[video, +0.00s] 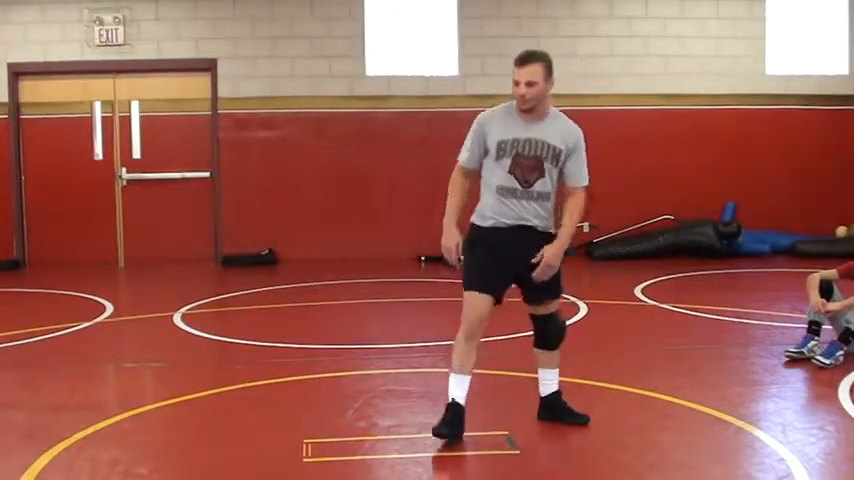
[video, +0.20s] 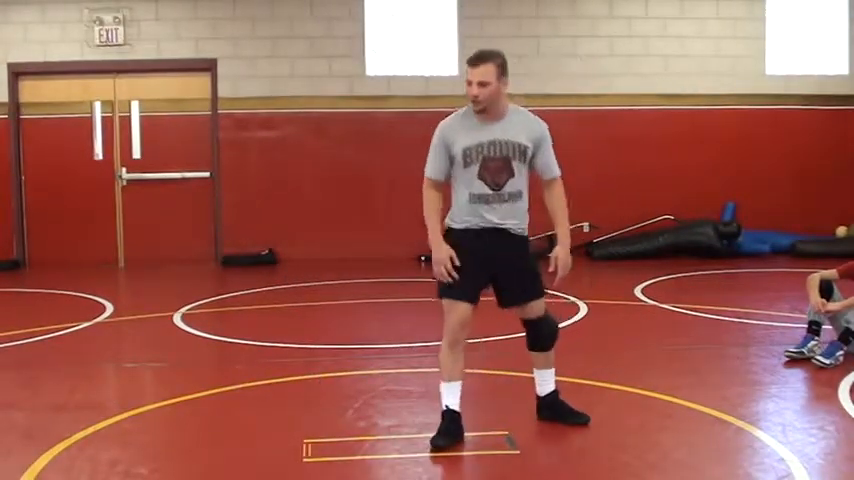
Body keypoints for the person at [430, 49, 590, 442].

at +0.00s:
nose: (522, 91)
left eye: (531, 84)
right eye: (518, 83)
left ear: (549, 86)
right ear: (511, 83)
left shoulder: (569, 134)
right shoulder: (487, 122)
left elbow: (576, 194)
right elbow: (462, 173)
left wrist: (560, 245)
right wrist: (450, 225)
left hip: (540, 237)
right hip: (488, 234)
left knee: (548, 323)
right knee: (472, 321)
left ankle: (550, 399)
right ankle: (455, 408)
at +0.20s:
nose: (474, 91)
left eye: (482, 84)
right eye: (469, 84)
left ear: (504, 85)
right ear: (465, 84)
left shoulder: (532, 127)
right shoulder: (450, 129)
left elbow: (552, 183)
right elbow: (433, 186)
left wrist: (562, 240)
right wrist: (436, 242)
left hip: (513, 240)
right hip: (463, 239)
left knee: (540, 323)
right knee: (455, 329)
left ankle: (547, 400)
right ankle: (450, 418)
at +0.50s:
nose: (424, 85)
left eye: (432, 77)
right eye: (422, 77)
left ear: (457, 79)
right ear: (425, 80)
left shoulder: (495, 118)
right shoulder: (413, 131)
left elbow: (517, 173)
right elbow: (407, 192)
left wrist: (530, 227)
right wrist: (434, 245)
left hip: (489, 234)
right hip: (440, 239)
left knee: (521, 325)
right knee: (444, 324)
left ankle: (521, 395)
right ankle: (449, 417)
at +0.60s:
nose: (415, 83)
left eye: (423, 75)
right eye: (414, 76)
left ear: (448, 78)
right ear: (419, 80)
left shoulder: (488, 118)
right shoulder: (405, 131)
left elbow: (511, 174)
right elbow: (402, 195)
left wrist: (524, 228)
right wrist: (423, 247)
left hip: (483, 234)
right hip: (435, 239)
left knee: (515, 323)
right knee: (440, 326)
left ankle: (518, 393)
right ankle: (448, 417)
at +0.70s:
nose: (409, 81)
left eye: (417, 74)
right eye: (408, 74)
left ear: (442, 76)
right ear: (412, 78)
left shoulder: (483, 118)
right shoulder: (400, 131)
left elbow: (505, 173)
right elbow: (395, 194)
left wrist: (519, 228)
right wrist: (408, 247)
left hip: (477, 234)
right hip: (428, 239)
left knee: (513, 326)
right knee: (438, 328)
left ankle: (507, 390)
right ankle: (448, 417)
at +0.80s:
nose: (407, 82)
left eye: (414, 74)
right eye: (404, 75)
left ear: (439, 76)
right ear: (404, 78)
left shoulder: (478, 118)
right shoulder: (396, 131)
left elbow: (501, 176)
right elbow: (386, 193)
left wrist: (513, 230)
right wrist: (391, 248)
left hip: (474, 234)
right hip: (424, 238)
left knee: (506, 329)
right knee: (438, 329)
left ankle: (477, 383)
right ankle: (447, 417)